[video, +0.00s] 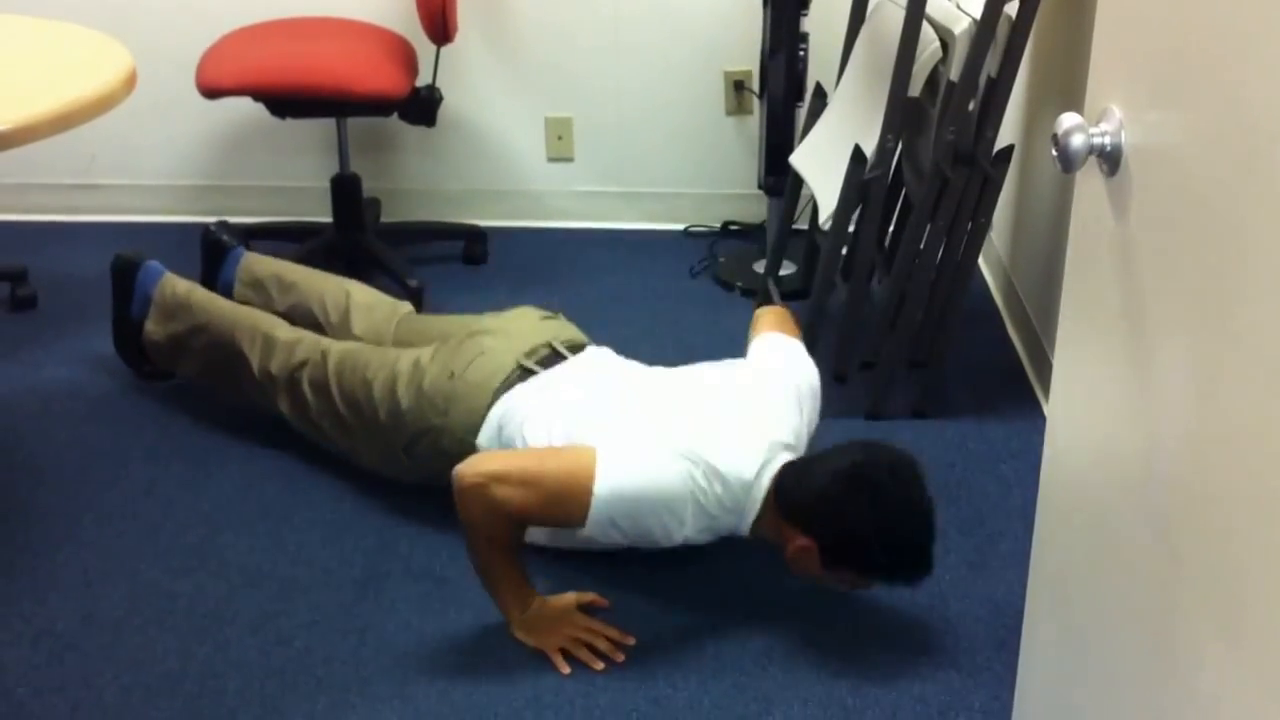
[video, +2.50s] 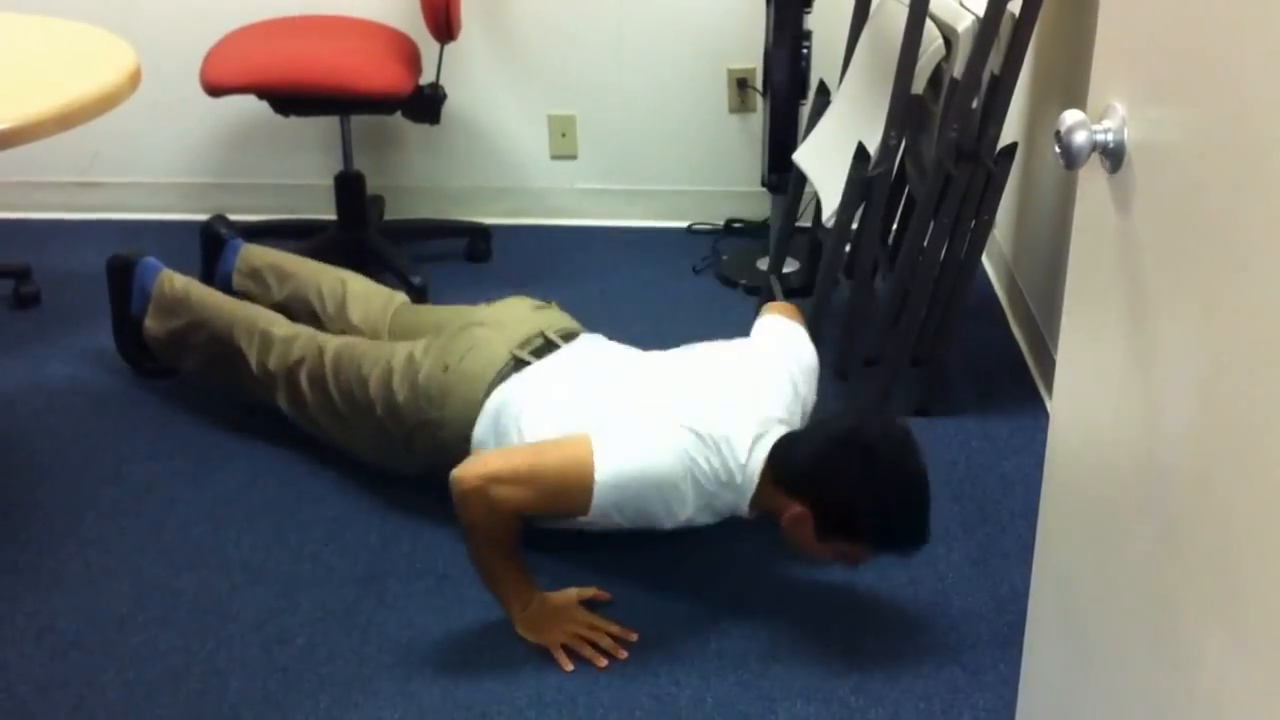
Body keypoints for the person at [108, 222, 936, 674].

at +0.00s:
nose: (834, 580)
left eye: (849, 569)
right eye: (842, 570)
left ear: (850, 463)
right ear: (810, 545)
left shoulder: (794, 392)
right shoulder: (680, 492)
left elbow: (777, 316)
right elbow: (479, 487)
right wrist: (524, 608)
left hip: (551, 340)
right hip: (474, 405)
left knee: (396, 322)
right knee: (299, 369)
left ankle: (247, 265)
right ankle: (161, 310)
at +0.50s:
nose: (835, 363)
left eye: (853, 351)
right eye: (836, 345)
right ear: (784, 306)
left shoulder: (770, 224)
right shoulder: (637, 312)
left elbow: (761, 341)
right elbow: (503, 455)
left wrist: (762, 453)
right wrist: (524, 601)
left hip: (519, 230)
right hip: (458, 307)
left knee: (374, 268)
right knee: (292, 332)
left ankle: (238, 255)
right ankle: (153, 312)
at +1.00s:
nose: (841, 514)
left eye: (858, 505)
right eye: (846, 499)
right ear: (804, 454)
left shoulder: (786, 325)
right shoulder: (664, 434)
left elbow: (714, 328)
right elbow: (472, 485)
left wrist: (763, 453)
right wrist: (526, 608)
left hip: (542, 302)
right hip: (471, 377)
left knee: (391, 306)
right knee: (297, 357)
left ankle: (245, 257)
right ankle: (159, 306)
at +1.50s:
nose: (837, 471)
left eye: (850, 467)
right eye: (843, 460)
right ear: (803, 421)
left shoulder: (785, 295)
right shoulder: (663, 394)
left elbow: (747, 372)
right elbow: (472, 469)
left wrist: (762, 447)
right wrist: (527, 607)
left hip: (536, 288)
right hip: (466, 364)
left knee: (382, 297)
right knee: (296, 353)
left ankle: (246, 257)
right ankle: (158, 307)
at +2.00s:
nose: (838, 395)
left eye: (857, 387)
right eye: (842, 380)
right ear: (791, 340)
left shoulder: (770, 248)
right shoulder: (644, 345)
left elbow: (765, 357)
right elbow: (493, 462)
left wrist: (762, 454)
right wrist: (527, 606)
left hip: (522, 255)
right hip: (462, 325)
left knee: (375, 282)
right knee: (295, 337)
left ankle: (245, 250)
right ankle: (157, 308)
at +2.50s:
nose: (839, 561)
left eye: (854, 552)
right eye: (843, 548)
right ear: (803, 512)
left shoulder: (790, 376)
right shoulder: (678, 472)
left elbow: (780, 309)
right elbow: (478, 487)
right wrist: (528, 606)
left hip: (542, 328)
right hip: (466, 398)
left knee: (388, 313)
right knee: (294, 364)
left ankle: (240, 255)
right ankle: (159, 304)